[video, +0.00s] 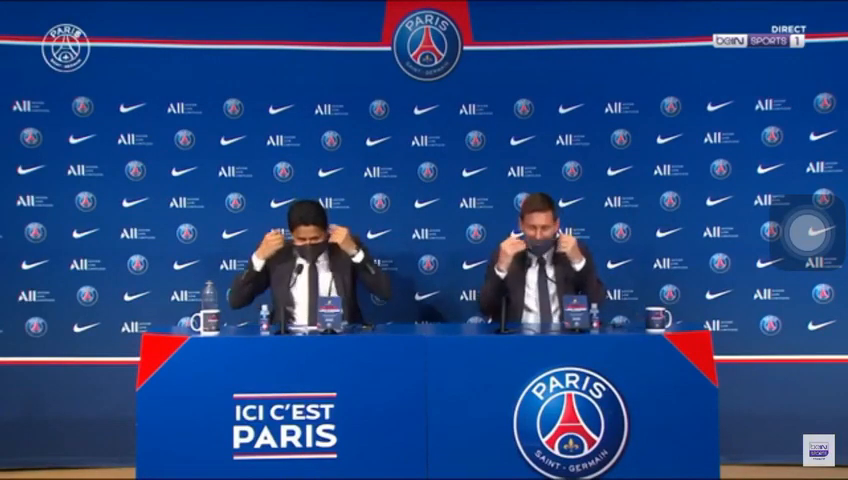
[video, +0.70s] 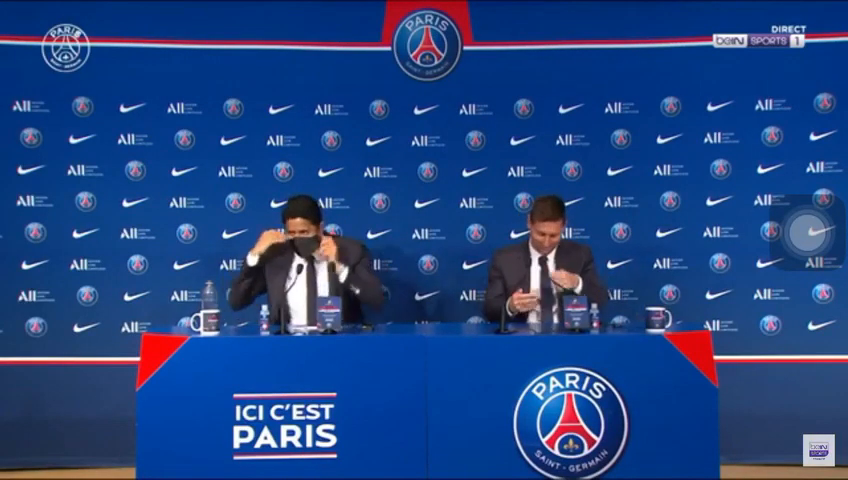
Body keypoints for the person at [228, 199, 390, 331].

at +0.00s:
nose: (308, 246)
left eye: (315, 239)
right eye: (301, 239)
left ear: (326, 232)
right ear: (291, 235)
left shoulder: (345, 254)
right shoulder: (277, 258)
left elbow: (384, 292)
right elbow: (236, 302)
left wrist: (355, 252)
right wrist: (259, 257)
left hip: (341, 345)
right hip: (291, 346)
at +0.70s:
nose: (297, 239)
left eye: (304, 233)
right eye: (292, 233)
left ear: (319, 228)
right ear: (284, 231)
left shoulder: (349, 250)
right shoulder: (275, 256)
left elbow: (376, 299)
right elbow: (237, 302)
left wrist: (339, 266)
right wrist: (255, 254)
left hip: (337, 346)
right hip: (289, 347)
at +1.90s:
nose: (299, 236)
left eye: (305, 229)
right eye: (292, 230)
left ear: (321, 226)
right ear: (286, 229)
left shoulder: (350, 251)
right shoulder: (274, 254)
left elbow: (373, 309)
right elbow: (250, 308)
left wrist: (334, 284)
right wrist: (278, 267)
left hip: (337, 343)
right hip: (289, 343)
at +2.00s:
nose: (300, 236)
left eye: (307, 230)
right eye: (294, 230)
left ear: (322, 226)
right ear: (288, 229)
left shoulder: (352, 252)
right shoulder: (275, 255)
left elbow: (374, 308)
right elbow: (249, 310)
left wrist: (342, 297)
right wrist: (280, 277)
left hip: (338, 344)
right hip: (289, 344)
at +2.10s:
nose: (303, 236)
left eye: (310, 230)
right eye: (296, 230)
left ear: (324, 227)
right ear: (290, 229)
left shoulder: (353, 253)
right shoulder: (274, 257)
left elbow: (372, 306)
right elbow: (248, 312)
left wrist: (357, 318)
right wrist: (282, 306)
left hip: (341, 347)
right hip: (289, 348)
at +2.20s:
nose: (304, 238)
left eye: (311, 231)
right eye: (298, 232)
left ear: (325, 228)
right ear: (291, 231)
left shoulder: (354, 254)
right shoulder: (275, 258)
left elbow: (371, 309)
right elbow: (252, 312)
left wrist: (361, 335)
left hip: (341, 345)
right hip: (290, 346)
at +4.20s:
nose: (317, 245)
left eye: (321, 237)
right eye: (309, 240)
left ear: (326, 231)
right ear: (291, 237)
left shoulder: (347, 257)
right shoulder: (267, 263)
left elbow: (377, 310)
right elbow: (240, 317)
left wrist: (358, 346)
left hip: (339, 350)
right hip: (287, 351)